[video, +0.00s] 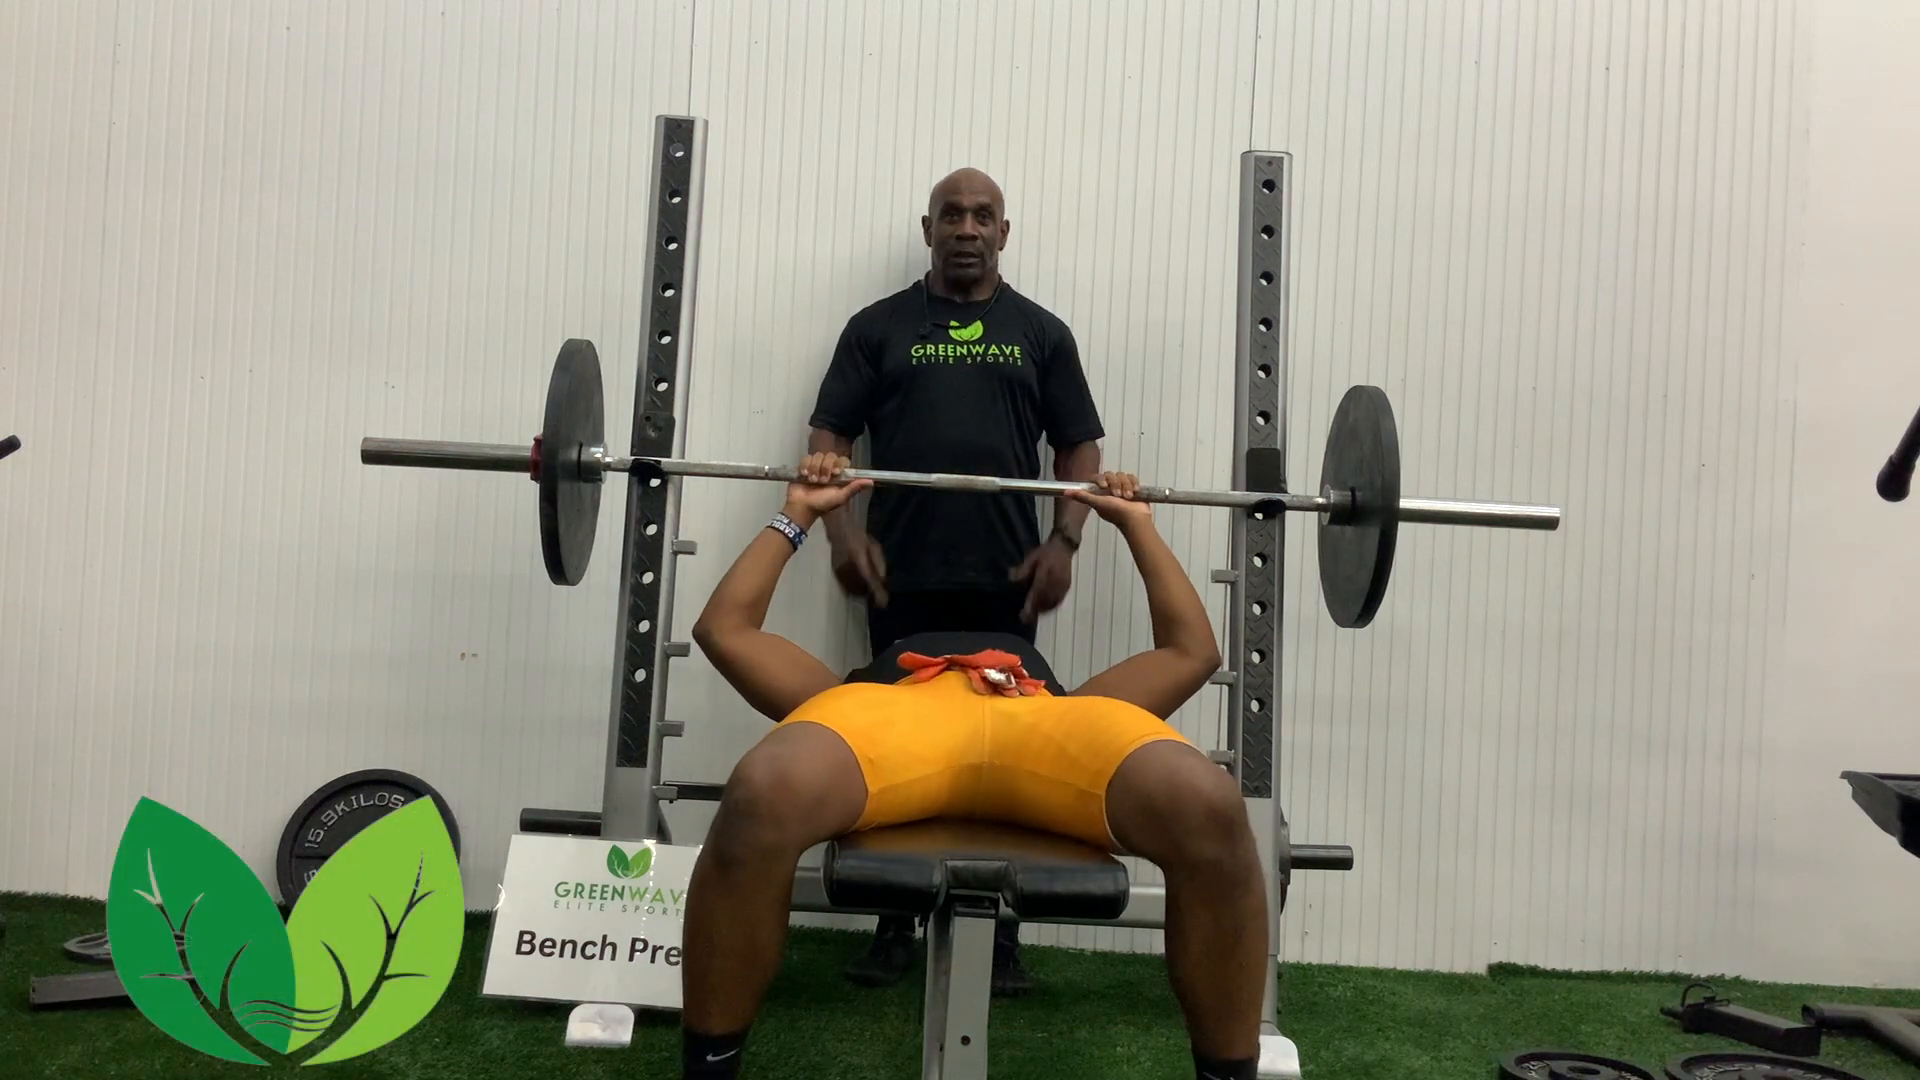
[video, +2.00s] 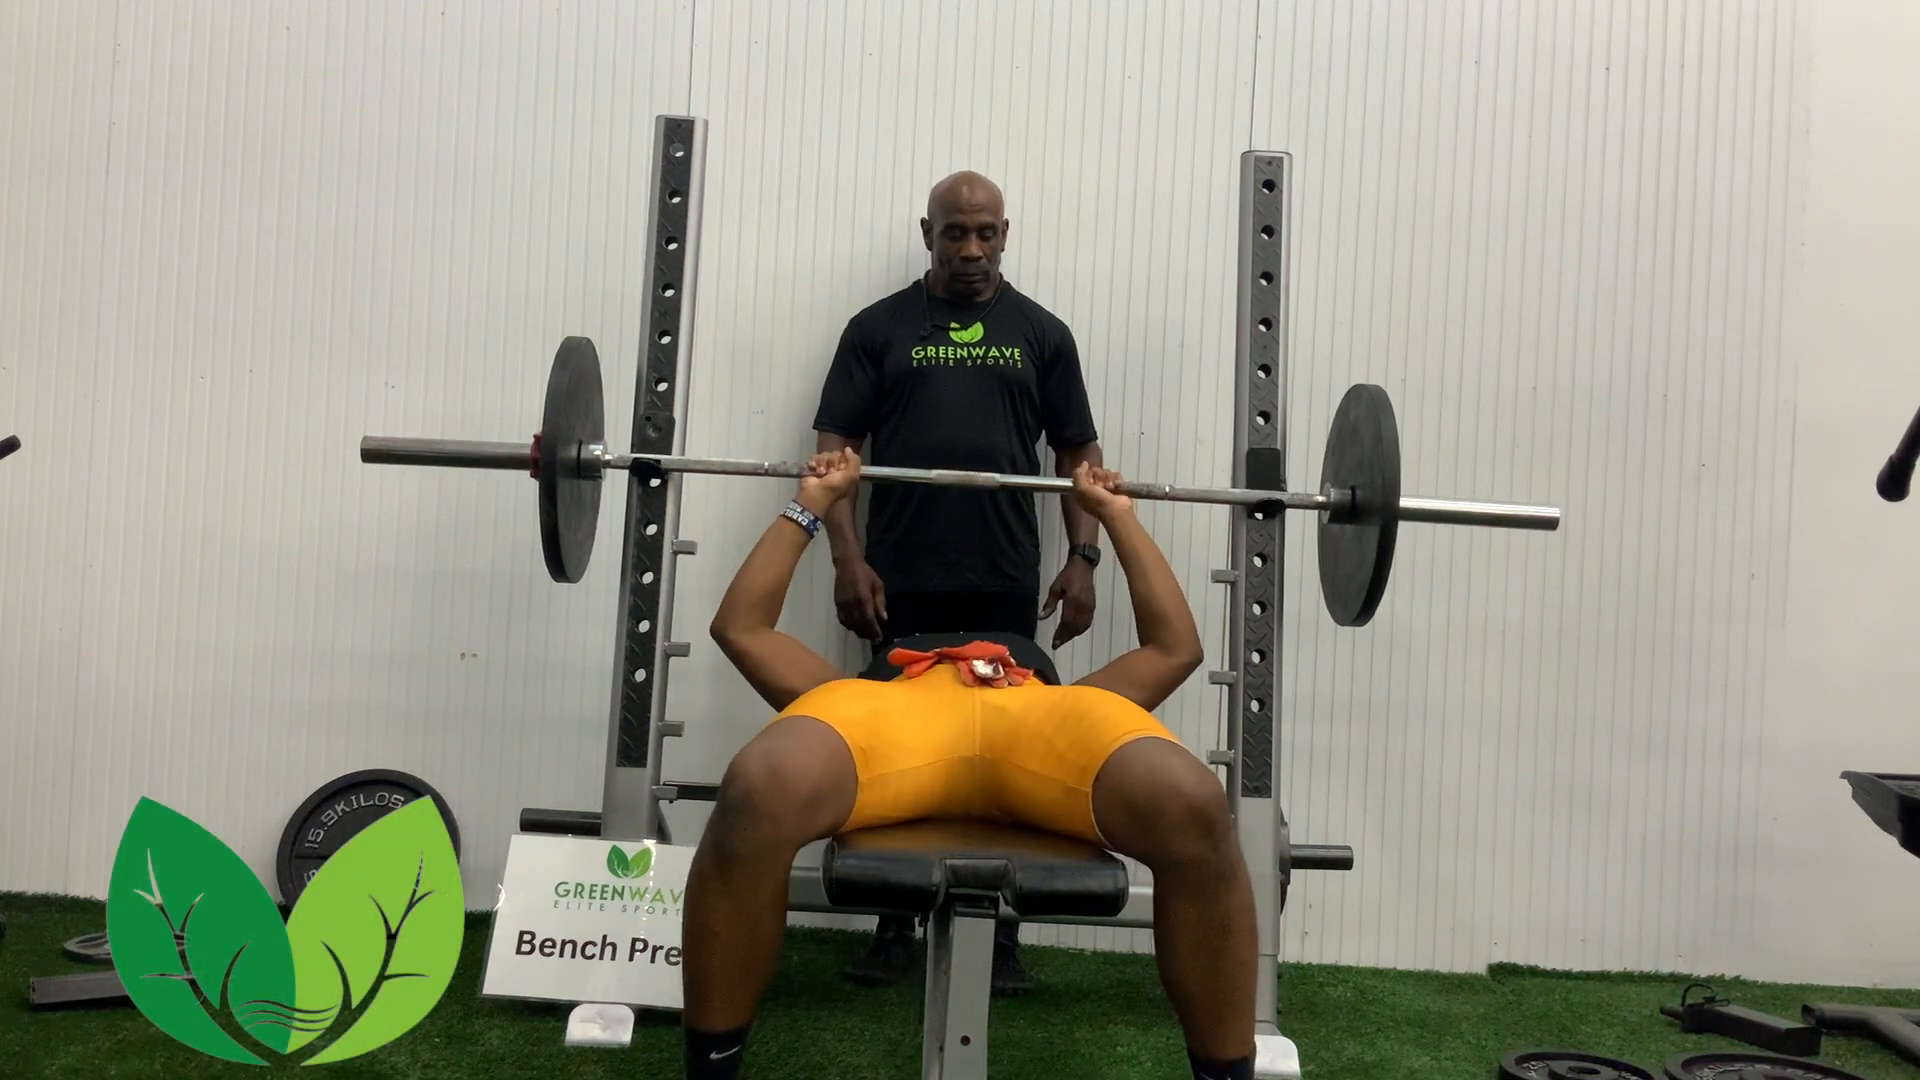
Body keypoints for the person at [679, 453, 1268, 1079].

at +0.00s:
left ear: (1033, 682)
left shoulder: (1069, 705)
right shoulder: (858, 690)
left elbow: (1193, 649)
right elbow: (725, 626)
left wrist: (1134, 519)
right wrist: (799, 514)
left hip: (1053, 717)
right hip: (886, 705)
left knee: (1212, 811)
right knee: (757, 798)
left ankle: (1230, 1072)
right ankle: (708, 1068)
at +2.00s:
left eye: (1001, 647)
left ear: (1030, 673)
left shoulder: (1067, 696)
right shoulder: (861, 689)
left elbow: (1175, 643)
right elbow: (740, 625)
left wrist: (1116, 514)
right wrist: (807, 508)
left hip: (1048, 711)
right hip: (886, 704)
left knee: (1196, 808)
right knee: (755, 791)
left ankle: (1227, 1072)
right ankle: (711, 1068)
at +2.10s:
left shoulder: (1067, 694)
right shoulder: (861, 687)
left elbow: (1167, 632)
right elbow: (749, 613)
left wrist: (1120, 500)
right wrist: (808, 488)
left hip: (1050, 711)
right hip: (881, 704)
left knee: (1197, 810)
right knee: (748, 786)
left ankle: (1227, 1074)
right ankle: (710, 1068)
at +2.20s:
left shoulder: (1065, 689)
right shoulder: (855, 687)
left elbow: (1154, 609)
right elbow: (768, 587)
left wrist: (1124, 467)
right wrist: (810, 456)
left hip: (1040, 709)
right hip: (884, 706)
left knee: (1193, 811)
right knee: (740, 784)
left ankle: (1226, 1071)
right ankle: (708, 1061)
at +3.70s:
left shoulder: (1064, 685)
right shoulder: (861, 677)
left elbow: (1138, 603)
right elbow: (779, 587)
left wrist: (1130, 449)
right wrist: (809, 442)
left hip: (1039, 706)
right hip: (887, 698)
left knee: (1189, 812)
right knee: (756, 784)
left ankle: (1230, 1072)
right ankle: (716, 1064)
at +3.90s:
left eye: (992, 651)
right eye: (931, 651)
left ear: (1011, 659)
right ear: (907, 657)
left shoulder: (1050, 686)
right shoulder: (868, 682)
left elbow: (1143, 686)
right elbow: (759, 672)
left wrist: (1129, 539)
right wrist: (803, 535)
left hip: (1043, 707)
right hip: (890, 699)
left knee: (1190, 816)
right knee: (751, 794)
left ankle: (1231, 1070)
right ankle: (714, 1067)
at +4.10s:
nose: (969, 654)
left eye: (994, 656)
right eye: (940, 653)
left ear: (1028, 687)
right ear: (910, 665)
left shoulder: (1047, 700)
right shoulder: (883, 683)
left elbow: (1134, 749)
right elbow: (771, 760)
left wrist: (1130, 642)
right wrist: (801, 636)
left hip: (1044, 714)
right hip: (888, 702)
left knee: (1187, 817)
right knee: (752, 791)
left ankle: (1232, 1073)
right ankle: (713, 1071)